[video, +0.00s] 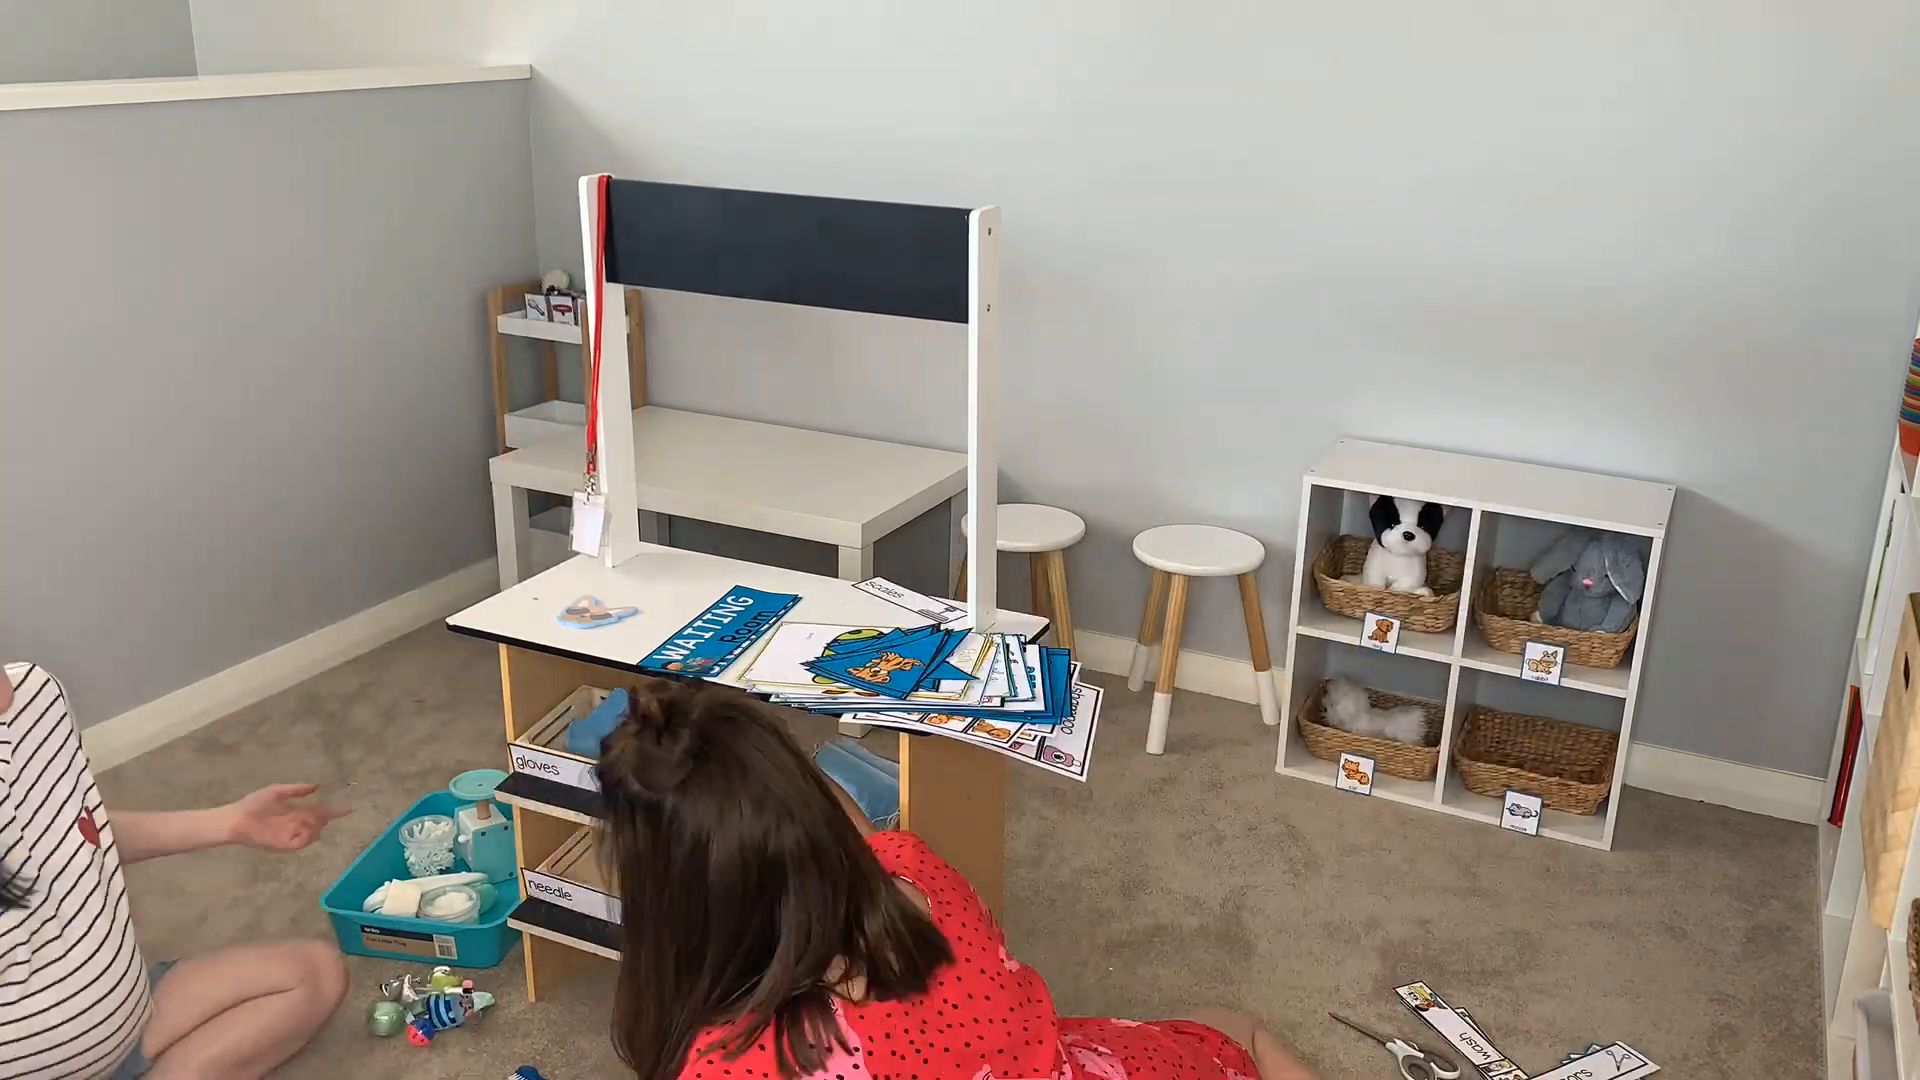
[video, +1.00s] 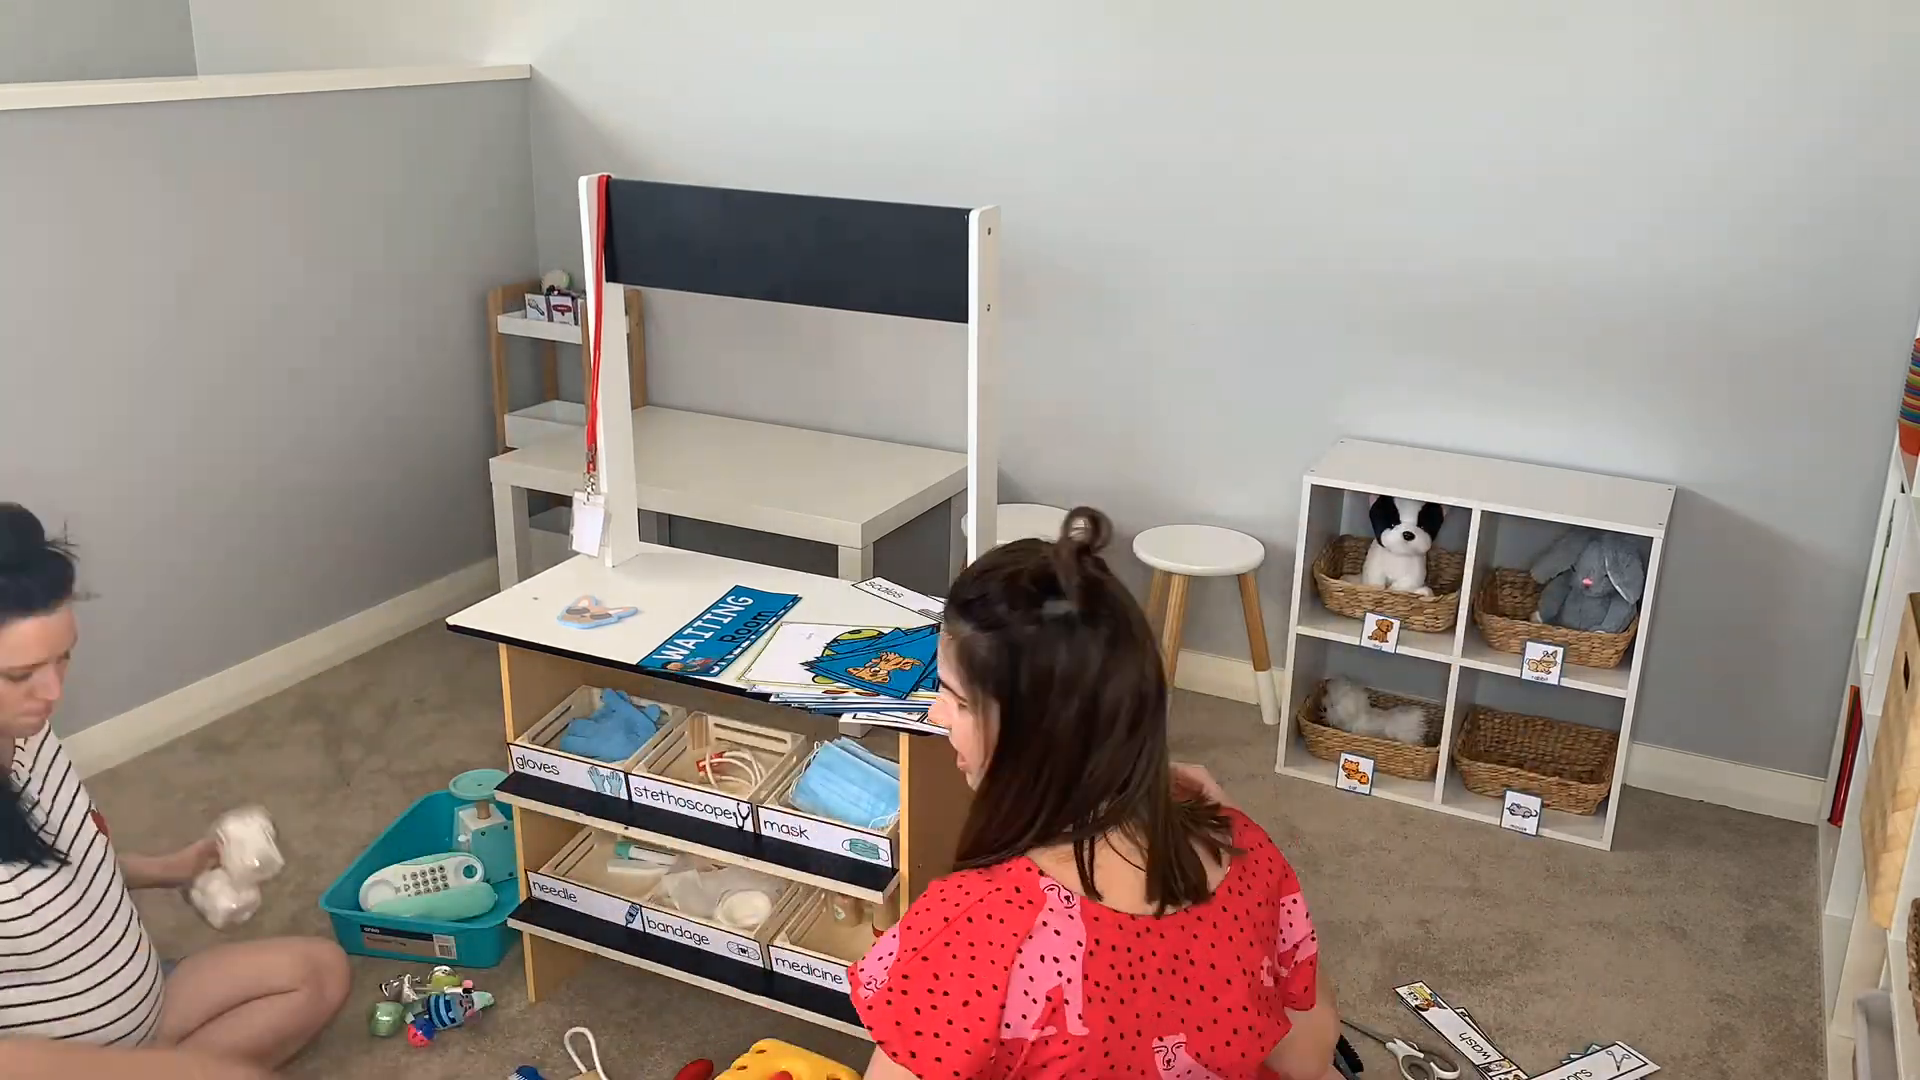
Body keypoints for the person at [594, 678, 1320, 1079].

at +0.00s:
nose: (623, 886)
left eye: (629, 866)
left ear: (664, 887)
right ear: (802, 785)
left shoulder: (734, 1059)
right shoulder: (893, 861)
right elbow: (1004, 975)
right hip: (1072, 1059)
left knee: (1244, 1040)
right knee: (1243, 1038)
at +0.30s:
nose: (525, 924)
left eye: (529, 898)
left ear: (575, 914)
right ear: (685, 793)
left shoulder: (684, 1041)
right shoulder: (811, 869)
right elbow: (961, 969)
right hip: (1073, 1043)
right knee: (1244, 1043)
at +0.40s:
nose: (502, 927)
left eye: (504, 902)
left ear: (554, 914)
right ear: (652, 794)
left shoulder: (661, 1048)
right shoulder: (783, 861)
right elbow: (935, 953)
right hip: (1060, 1037)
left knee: (1239, 1050)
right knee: (1244, 1048)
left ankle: (1296, 1058)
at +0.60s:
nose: (653, 871)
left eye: (654, 851)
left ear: (701, 866)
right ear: (830, 746)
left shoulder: (786, 1055)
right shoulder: (987, 820)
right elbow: (1081, 950)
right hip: (1155, 1059)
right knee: (1225, 1023)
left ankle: (1222, 1023)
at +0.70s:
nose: (788, 821)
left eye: (799, 806)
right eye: (785, 798)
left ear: (871, 804)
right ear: (961, 733)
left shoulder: (876, 956)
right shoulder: (1096, 801)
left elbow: (811, 1068)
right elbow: (1186, 895)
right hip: (1180, 1061)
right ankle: (1259, 1035)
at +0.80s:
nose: (1428, 759)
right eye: (1431, 740)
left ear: (1290, 666)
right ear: (1416, 746)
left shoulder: (1148, 797)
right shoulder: (1392, 926)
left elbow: (947, 1023)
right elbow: (1385, 1066)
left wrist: (1033, 903)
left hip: (1052, 1069)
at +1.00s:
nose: (936, 714)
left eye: (958, 699)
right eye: (943, 689)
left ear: (1028, 722)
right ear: (1121, 697)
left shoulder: (973, 923)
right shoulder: (1242, 853)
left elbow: (893, 1065)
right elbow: (1309, 1056)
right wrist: (1220, 825)